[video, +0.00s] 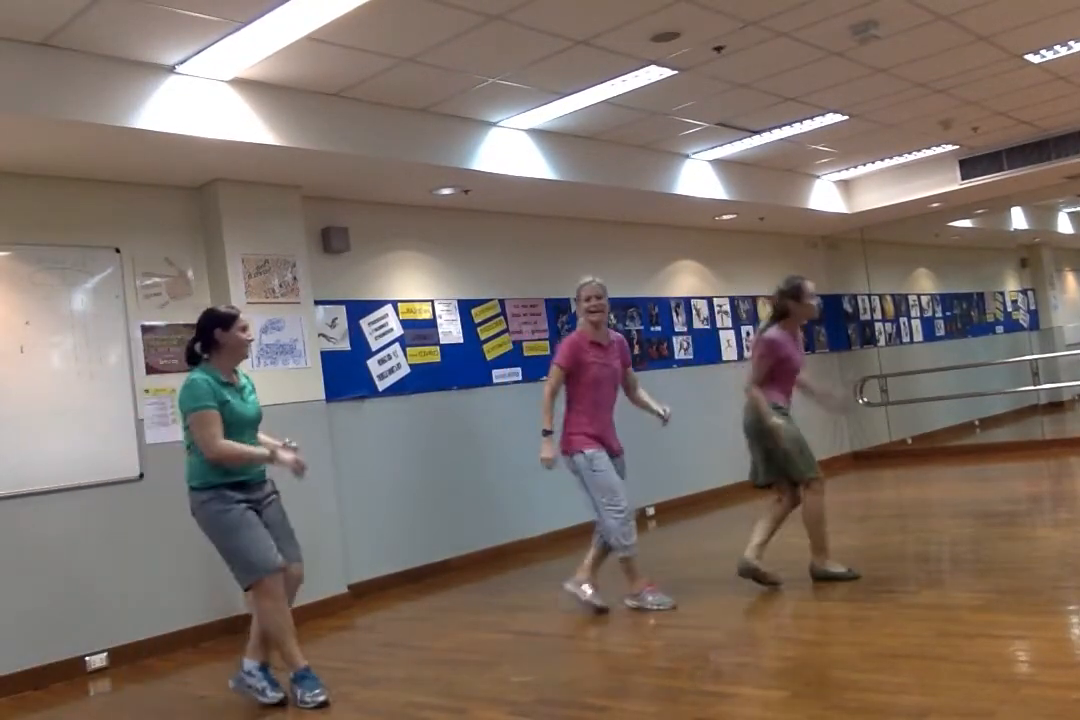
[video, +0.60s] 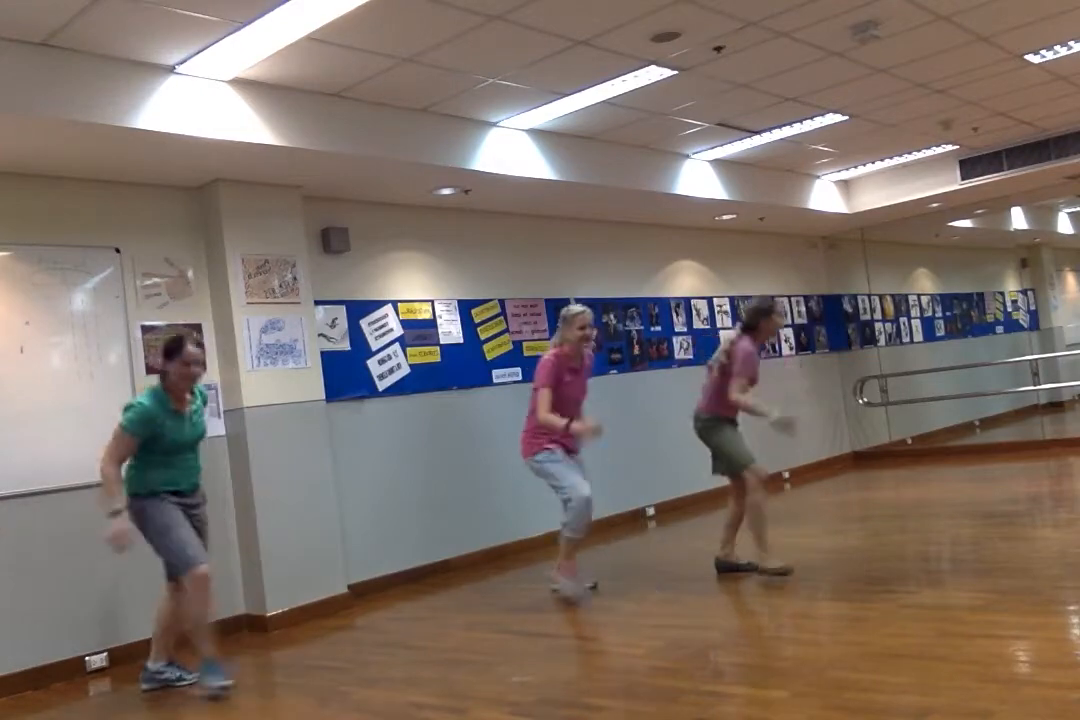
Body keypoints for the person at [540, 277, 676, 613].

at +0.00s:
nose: (594, 304)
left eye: (598, 298)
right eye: (587, 300)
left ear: (608, 303)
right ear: (578, 307)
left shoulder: (618, 343)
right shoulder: (573, 344)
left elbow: (632, 388)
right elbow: (550, 390)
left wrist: (656, 408)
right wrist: (547, 438)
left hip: (609, 438)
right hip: (580, 440)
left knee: (614, 511)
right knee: (617, 508)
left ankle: (582, 579)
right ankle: (636, 588)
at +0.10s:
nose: (607, 311)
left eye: (611, 305)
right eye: (600, 307)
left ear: (619, 309)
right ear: (590, 314)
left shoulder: (623, 347)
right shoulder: (585, 350)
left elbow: (619, 397)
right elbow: (563, 401)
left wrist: (643, 431)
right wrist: (580, 436)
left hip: (612, 442)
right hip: (586, 444)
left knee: (626, 508)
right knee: (627, 503)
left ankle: (576, 553)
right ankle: (640, 584)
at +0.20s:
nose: (609, 319)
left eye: (614, 312)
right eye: (602, 315)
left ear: (621, 316)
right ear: (593, 321)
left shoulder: (621, 349)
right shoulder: (591, 358)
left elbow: (611, 392)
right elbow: (577, 411)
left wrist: (617, 422)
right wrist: (605, 423)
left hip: (606, 442)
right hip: (585, 446)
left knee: (620, 507)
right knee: (633, 503)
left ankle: (565, 543)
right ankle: (640, 585)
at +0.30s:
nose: (608, 325)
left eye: (612, 319)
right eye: (600, 321)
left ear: (619, 321)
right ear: (590, 327)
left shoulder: (611, 350)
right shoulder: (592, 361)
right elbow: (592, 407)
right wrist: (611, 409)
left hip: (602, 445)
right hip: (586, 448)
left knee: (602, 513)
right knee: (632, 499)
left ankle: (566, 553)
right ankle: (640, 583)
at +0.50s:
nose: (594, 333)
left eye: (598, 327)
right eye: (588, 329)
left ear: (602, 328)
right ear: (574, 332)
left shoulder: (589, 359)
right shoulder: (568, 363)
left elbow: (553, 371)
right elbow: (569, 405)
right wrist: (588, 400)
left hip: (580, 446)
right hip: (562, 448)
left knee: (577, 510)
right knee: (596, 507)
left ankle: (562, 570)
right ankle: (629, 580)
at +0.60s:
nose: (588, 333)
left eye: (590, 327)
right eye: (581, 328)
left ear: (591, 330)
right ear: (564, 331)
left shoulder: (585, 359)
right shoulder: (550, 362)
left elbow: (574, 402)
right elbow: (543, 414)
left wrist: (583, 424)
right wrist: (572, 425)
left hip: (566, 442)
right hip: (541, 443)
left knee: (579, 501)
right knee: (580, 494)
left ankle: (567, 571)